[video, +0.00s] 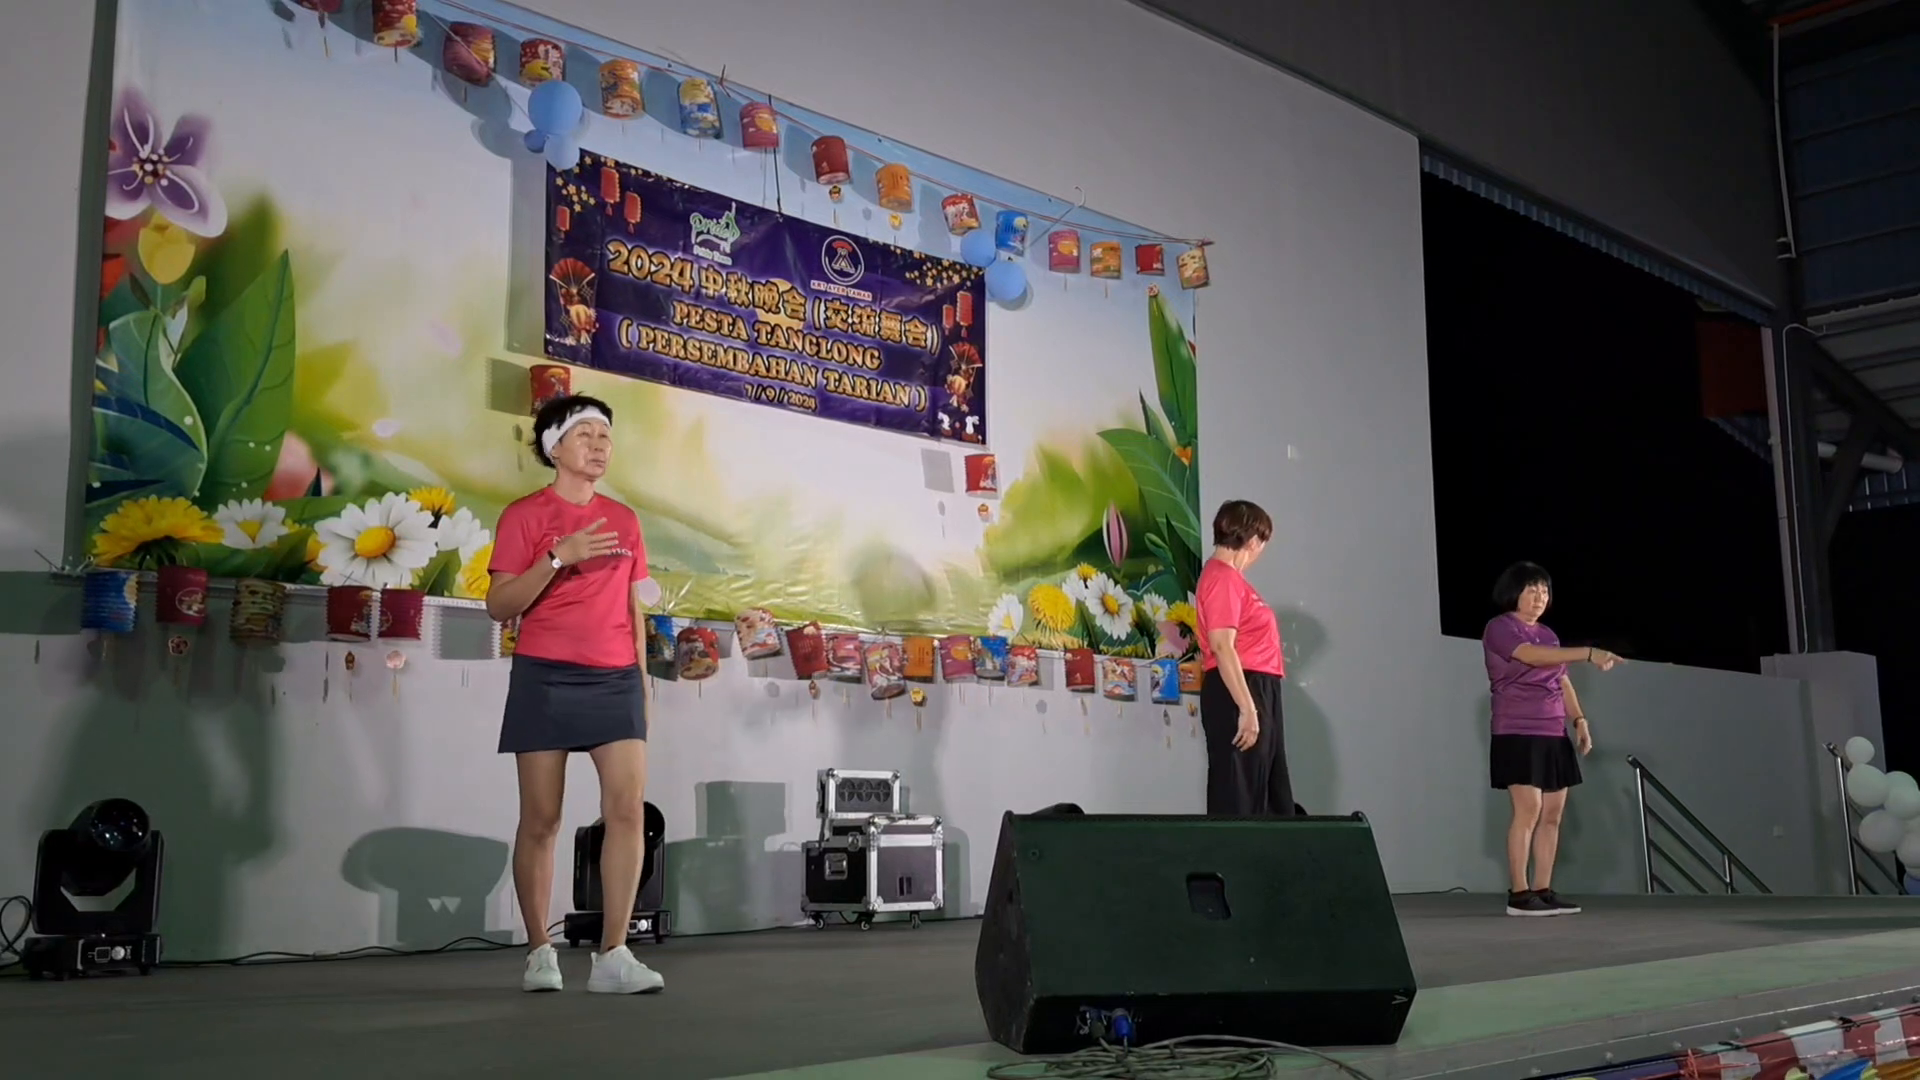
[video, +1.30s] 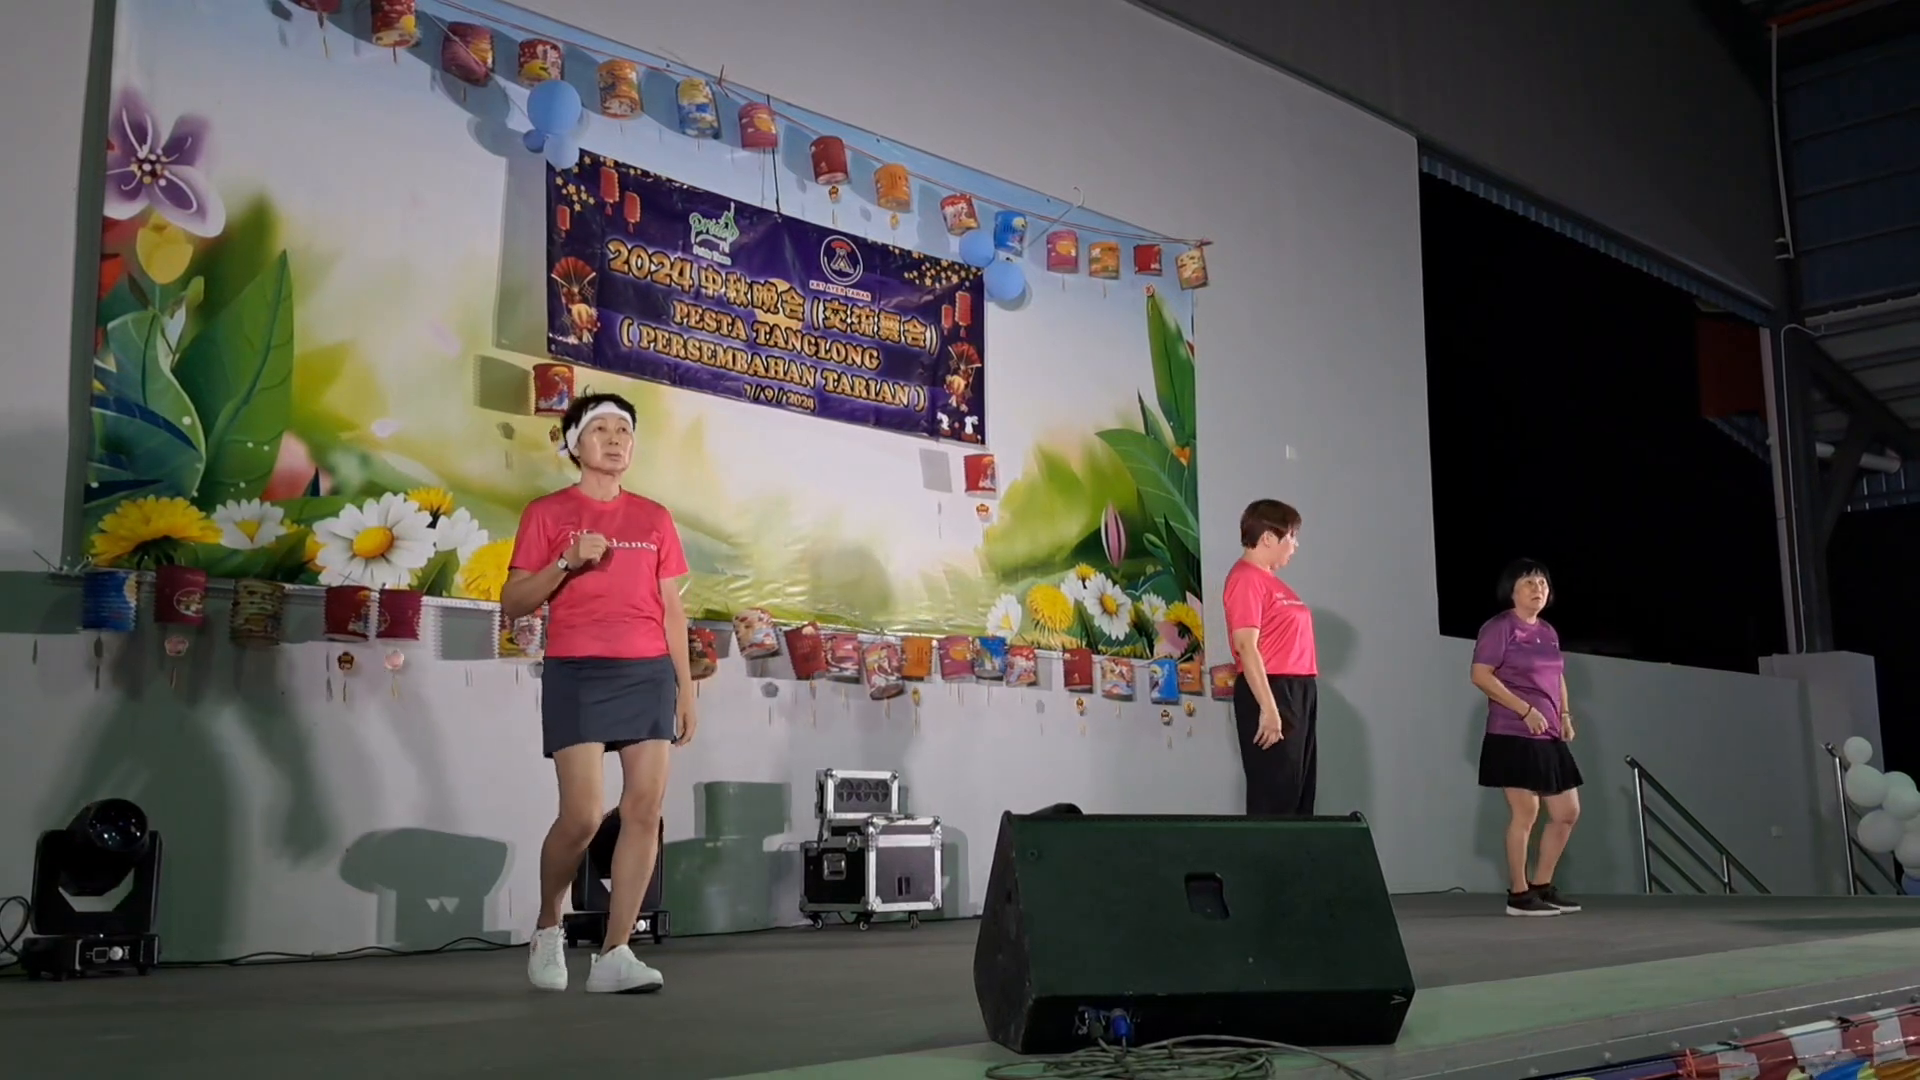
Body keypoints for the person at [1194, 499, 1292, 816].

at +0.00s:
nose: (1261, 550)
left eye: (1263, 542)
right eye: (1262, 541)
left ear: (1224, 532)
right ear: (1252, 540)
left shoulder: (1226, 575)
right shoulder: (1223, 576)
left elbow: (1227, 646)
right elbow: (1222, 645)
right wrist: (1247, 708)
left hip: (1258, 684)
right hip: (1241, 684)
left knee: (1264, 788)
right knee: (1240, 791)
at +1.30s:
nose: (1295, 546)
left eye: (1295, 538)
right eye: (1291, 537)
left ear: (1267, 540)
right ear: (1268, 539)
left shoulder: (1268, 578)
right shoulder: (1247, 577)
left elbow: (1268, 644)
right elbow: (1245, 647)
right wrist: (1267, 707)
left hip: (1299, 691)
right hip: (1274, 691)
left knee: (1299, 796)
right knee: (1275, 798)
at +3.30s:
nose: (1304, 537)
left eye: (1305, 529)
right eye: (1296, 528)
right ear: (1269, 535)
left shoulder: (1299, 583)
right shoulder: (1252, 579)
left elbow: (1319, 651)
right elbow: (1241, 646)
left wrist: (1347, 704)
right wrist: (1255, 708)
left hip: (1312, 698)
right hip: (1275, 697)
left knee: (1308, 805)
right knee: (1280, 806)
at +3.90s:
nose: (1294, 536)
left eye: (1293, 528)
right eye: (1291, 527)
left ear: (1267, 530)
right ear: (1276, 530)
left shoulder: (1268, 574)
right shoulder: (1252, 570)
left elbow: (1281, 650)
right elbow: (1247, 637)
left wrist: (1311, 703)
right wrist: (1269, 700)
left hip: (1285, 692)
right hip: (1261, 691)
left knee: (1287, 796)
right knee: (1261, 798)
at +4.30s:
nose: (1280, 544)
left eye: (1282, 536)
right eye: (1280, 536)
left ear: (1242, 529)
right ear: (1267, 533)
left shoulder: (1231, 567)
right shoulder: (1247, 566)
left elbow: (1244, 635)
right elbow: (1253, 633)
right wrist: (1284, 695)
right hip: (1255, 681)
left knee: (1277, 791)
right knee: (1254, 791)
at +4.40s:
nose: (1277, 541)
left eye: (1277, 533)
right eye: (1276, 532)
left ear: (1235, 529)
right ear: (1263, 532)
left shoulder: (1223, 571)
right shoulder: (1247, 566)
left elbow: (1219, 657)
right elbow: (1254, 632)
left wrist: (1213, 717)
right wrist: (1284, 695)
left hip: (1236, 680)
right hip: (1257, 681)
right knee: (1258, 790)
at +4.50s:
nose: (1274, 543)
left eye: (1275, 534)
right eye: (1272, 533)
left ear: (1234, 530)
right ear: (1255, 532)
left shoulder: (1221, 572)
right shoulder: (1243, 566)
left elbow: (1215, 656)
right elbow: (1251, 632)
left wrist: (1212, 715)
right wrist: (1284, 693)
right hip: (1254, 680)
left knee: (1278, 793)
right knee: (1253, 792)